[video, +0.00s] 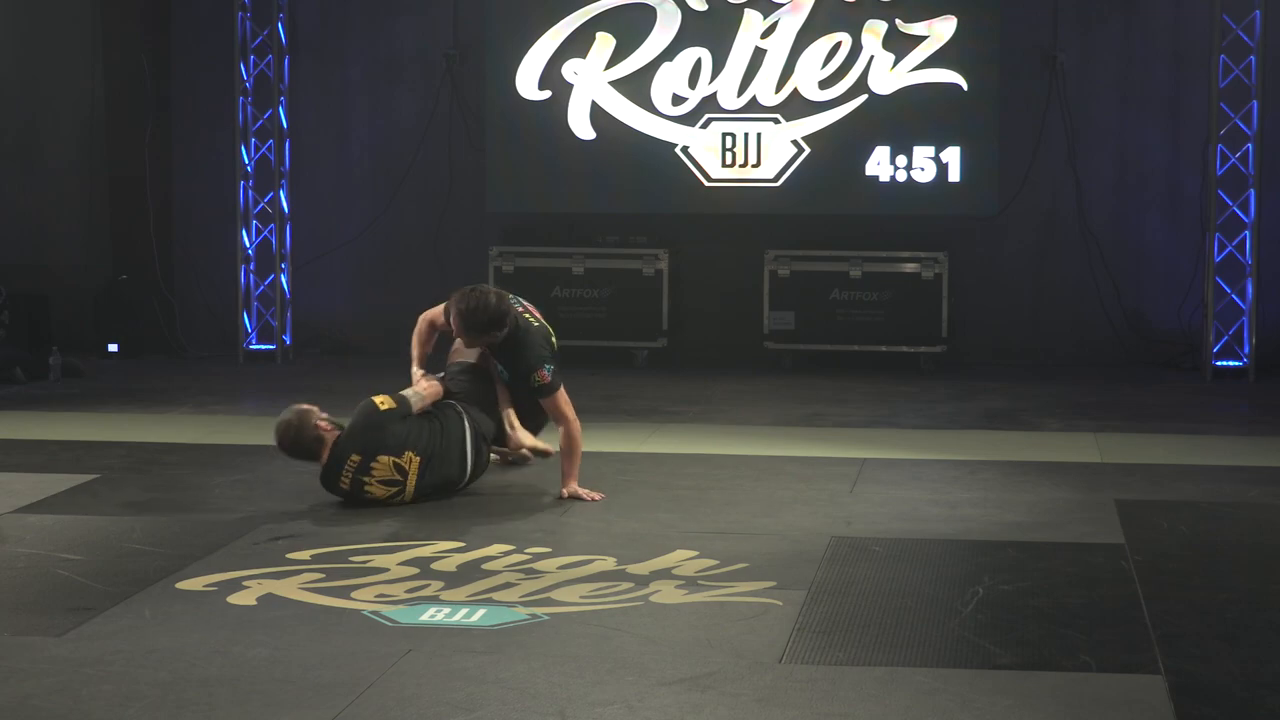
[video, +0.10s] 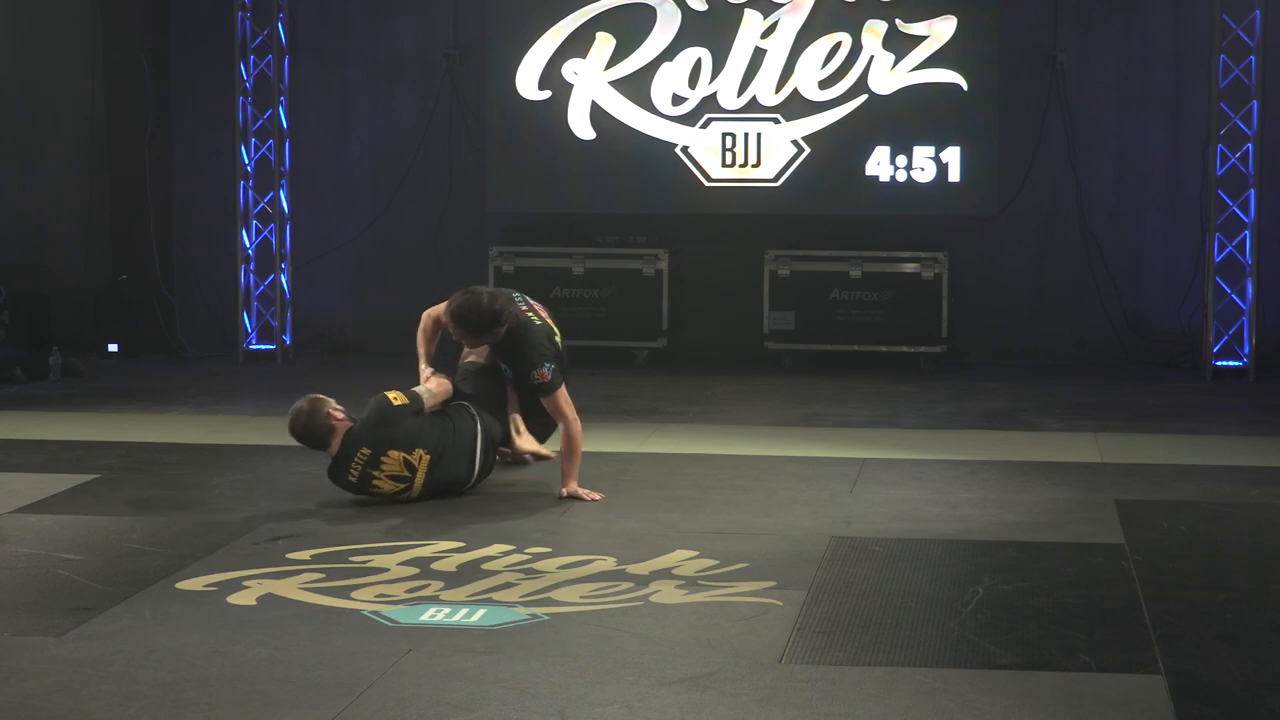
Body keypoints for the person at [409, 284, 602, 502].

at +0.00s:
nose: (455, 336)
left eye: (462, 336)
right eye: (454, 327)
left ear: (492, 337)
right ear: (459, 310)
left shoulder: (532, 357)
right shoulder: (470, 306)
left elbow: (569, 422)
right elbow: (427, 321)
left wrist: (570, 484)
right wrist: (417, 368)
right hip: (492, 365)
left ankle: (509, 453)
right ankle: (513, 432)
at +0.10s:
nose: (456, 340)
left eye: (464, 341)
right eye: (454, 333)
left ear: (493, 335)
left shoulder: (535, 359)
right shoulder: (474, 304)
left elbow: (571, 422)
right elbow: (430, 318)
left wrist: (569, 484)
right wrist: (424, 365)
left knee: (512, 449)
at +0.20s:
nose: (464, 348)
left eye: (472, 344)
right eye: (459, 339)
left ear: (499, 330)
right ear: (456, 312)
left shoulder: (534, 356)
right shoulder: (475, 297)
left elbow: (569, 420)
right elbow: (430, 308)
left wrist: (569, 485)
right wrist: (427, 360)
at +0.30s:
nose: (463, 348)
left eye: (470, 346)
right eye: (459, 341)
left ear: (500, 333)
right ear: (462, 309)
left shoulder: (534, 348)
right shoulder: (475, 291)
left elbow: (566, 419)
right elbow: (428, 298)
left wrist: (569, 484)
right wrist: (428, 357)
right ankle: (502, 445)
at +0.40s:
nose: (457, 349)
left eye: (464, 347)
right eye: (456, 341)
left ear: (500, 340)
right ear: (463, 309)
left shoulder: (537, 350)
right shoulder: (479, 289)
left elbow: (565, 418)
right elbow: (426, 294)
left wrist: (569, 483)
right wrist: (424, 354)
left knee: (533, 419)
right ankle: (497, 440)